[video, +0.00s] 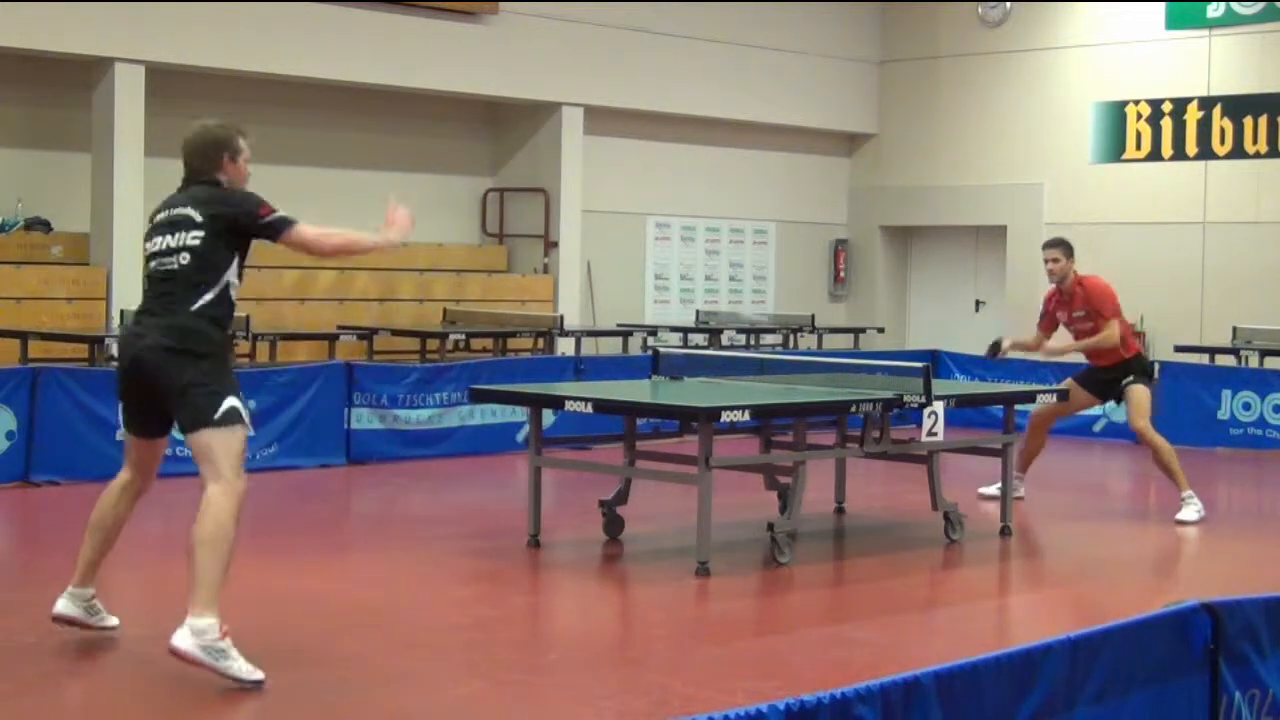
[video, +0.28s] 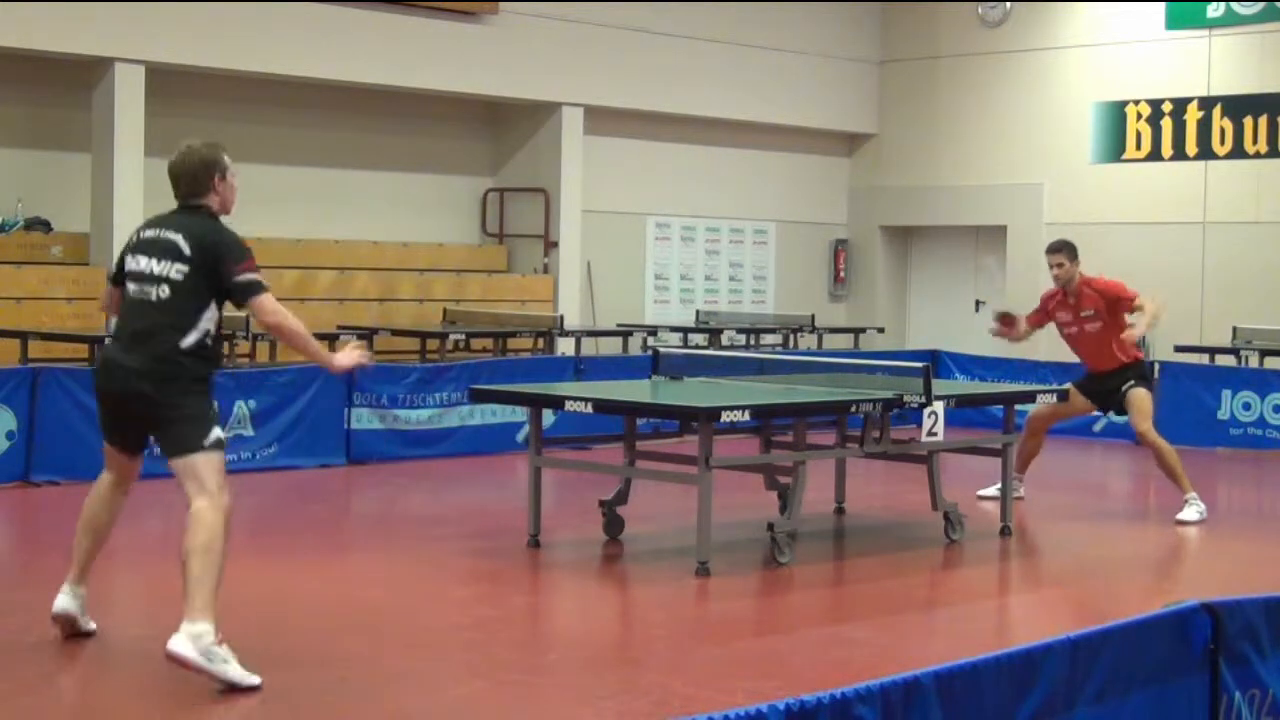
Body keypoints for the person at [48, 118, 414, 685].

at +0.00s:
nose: (248, 169)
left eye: (246, 160)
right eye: (244, 160)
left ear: (195, 167)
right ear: (226, 165)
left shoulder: (162, 212)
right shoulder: (232, 203)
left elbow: (165, 281)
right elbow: (320, 243)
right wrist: (384, 238)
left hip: (138, 349)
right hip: (192, 352)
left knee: (133, 475)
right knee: (225, 480)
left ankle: (78, 592)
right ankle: (202, 626)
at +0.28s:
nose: (235, 186)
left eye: (231, 178)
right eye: (230, 179)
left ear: (183, 186)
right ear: (216, 186)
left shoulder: (146, 231)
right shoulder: (221, 241)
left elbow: (113, 304)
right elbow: (269, 315)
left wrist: (162, 322)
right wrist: (329, 359)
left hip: (116, 368)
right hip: (174, 377)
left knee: (116, 473)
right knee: (208, 496)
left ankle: (71, 590)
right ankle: (198, 630)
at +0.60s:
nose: (221, 241)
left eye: (218, 234)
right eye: (217, 235)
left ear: (168, 243)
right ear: (204, 243)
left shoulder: (130, 275)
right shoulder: (200, 293)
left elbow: (106, 349)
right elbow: (216, 387)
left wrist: (158, 405)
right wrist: (247, 437)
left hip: (65, 399)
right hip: (119, 406)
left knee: (101, 481)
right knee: (224, 491)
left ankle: (46, 595)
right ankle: (187, 622)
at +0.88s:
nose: (191, 204)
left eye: (188, 196)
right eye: (186, 197)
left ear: (137, 208)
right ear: (172, 206)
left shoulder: (101, 254)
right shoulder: (184, 257)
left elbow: (68, 340)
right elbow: (240, 331)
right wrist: (263, 311)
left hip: (71, 388)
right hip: (124, 393)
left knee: (92, 482)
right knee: (220, 487)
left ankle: (48, 593)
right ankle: (185, 620)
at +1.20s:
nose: (163, 151)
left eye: (157, 144)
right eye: (154, 146)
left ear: (117, 173)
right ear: (138, 167)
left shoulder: (84, 223)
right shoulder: (158, 226)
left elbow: (65, 310)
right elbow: (220, 292)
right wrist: (238, 264)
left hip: (65, 371)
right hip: (115, 376)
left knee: (106, 476)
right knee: (193, 486)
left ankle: (38, 588)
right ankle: (183, 625)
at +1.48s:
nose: (95, 142)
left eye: (88, 135)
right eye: (84, 138)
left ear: (67, 163)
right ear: (66, 160)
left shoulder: (69, 219)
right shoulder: (49, 216)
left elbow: (69, 319)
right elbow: (31, 304)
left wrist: (120, 355)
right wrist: (115, 314)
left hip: (47, 378)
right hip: (45, 380)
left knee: (59, 504)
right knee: (110, 492)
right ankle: (161, 627)